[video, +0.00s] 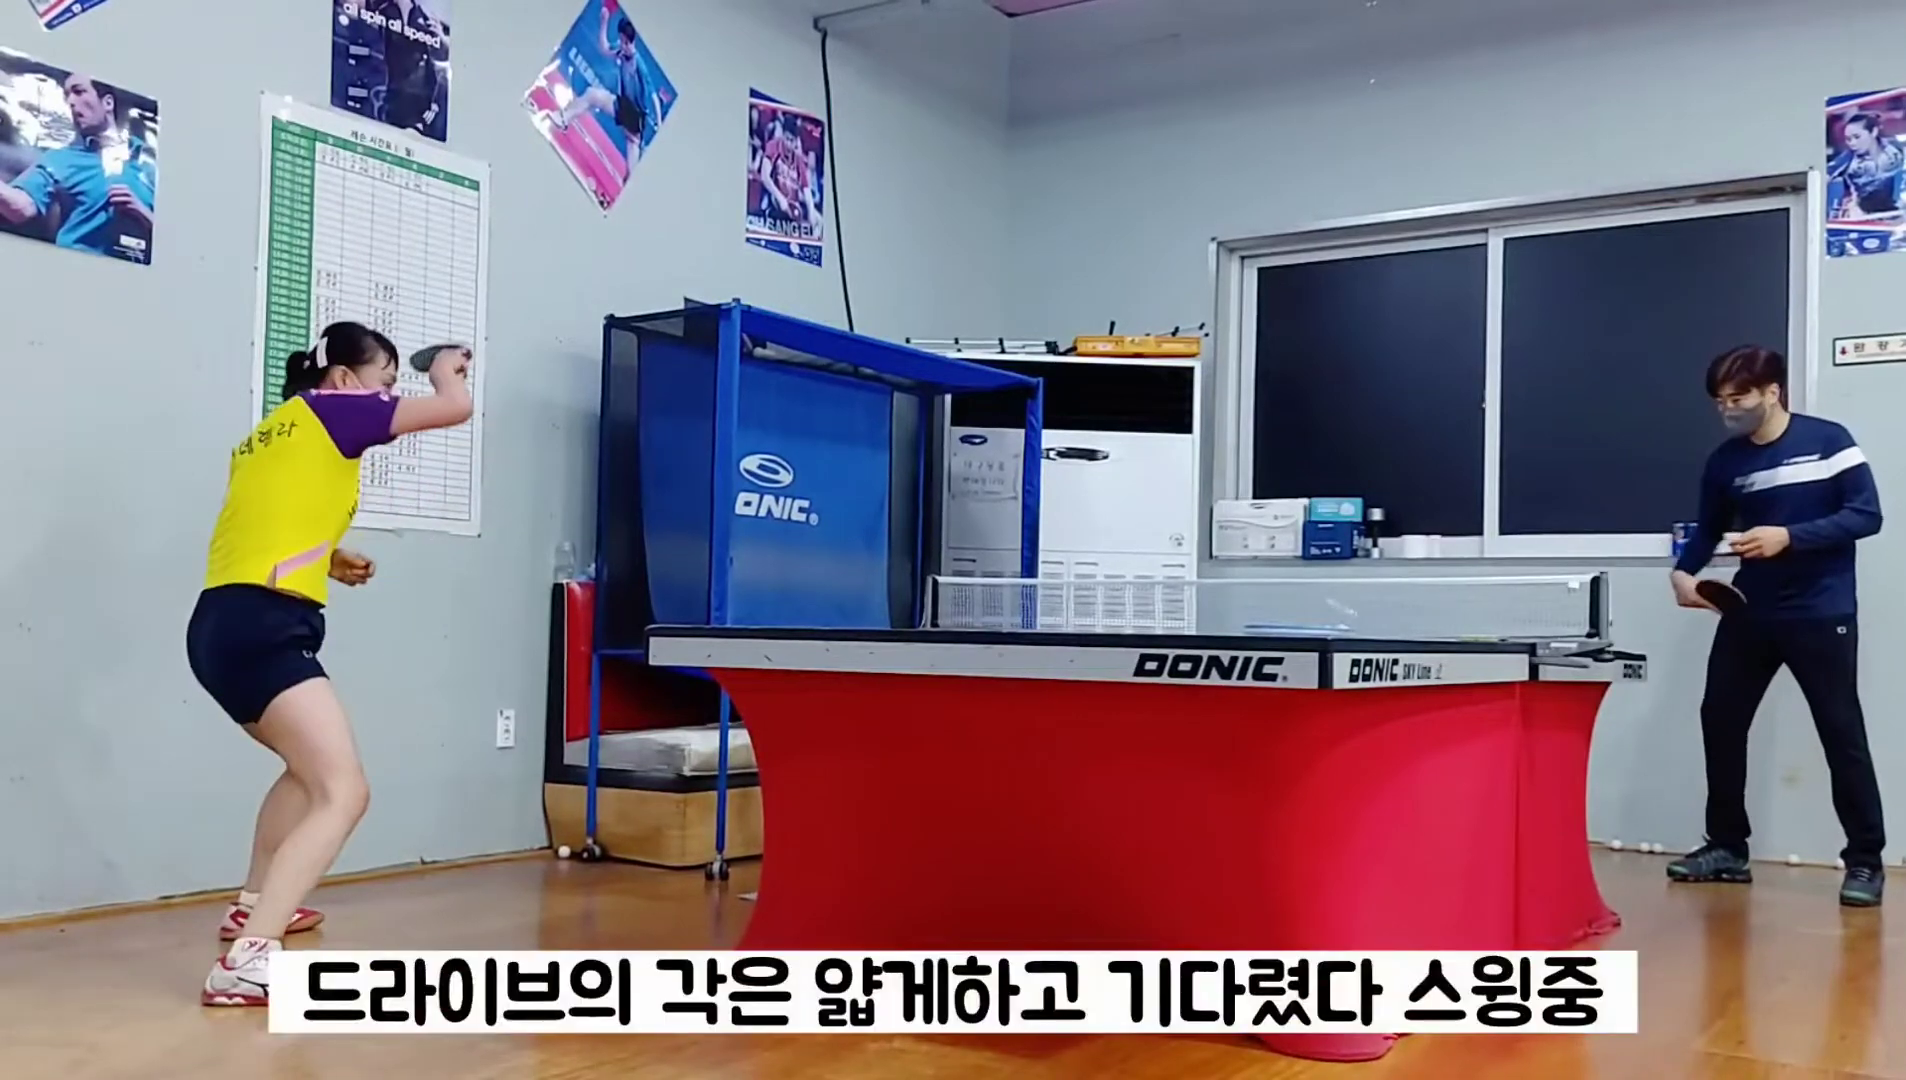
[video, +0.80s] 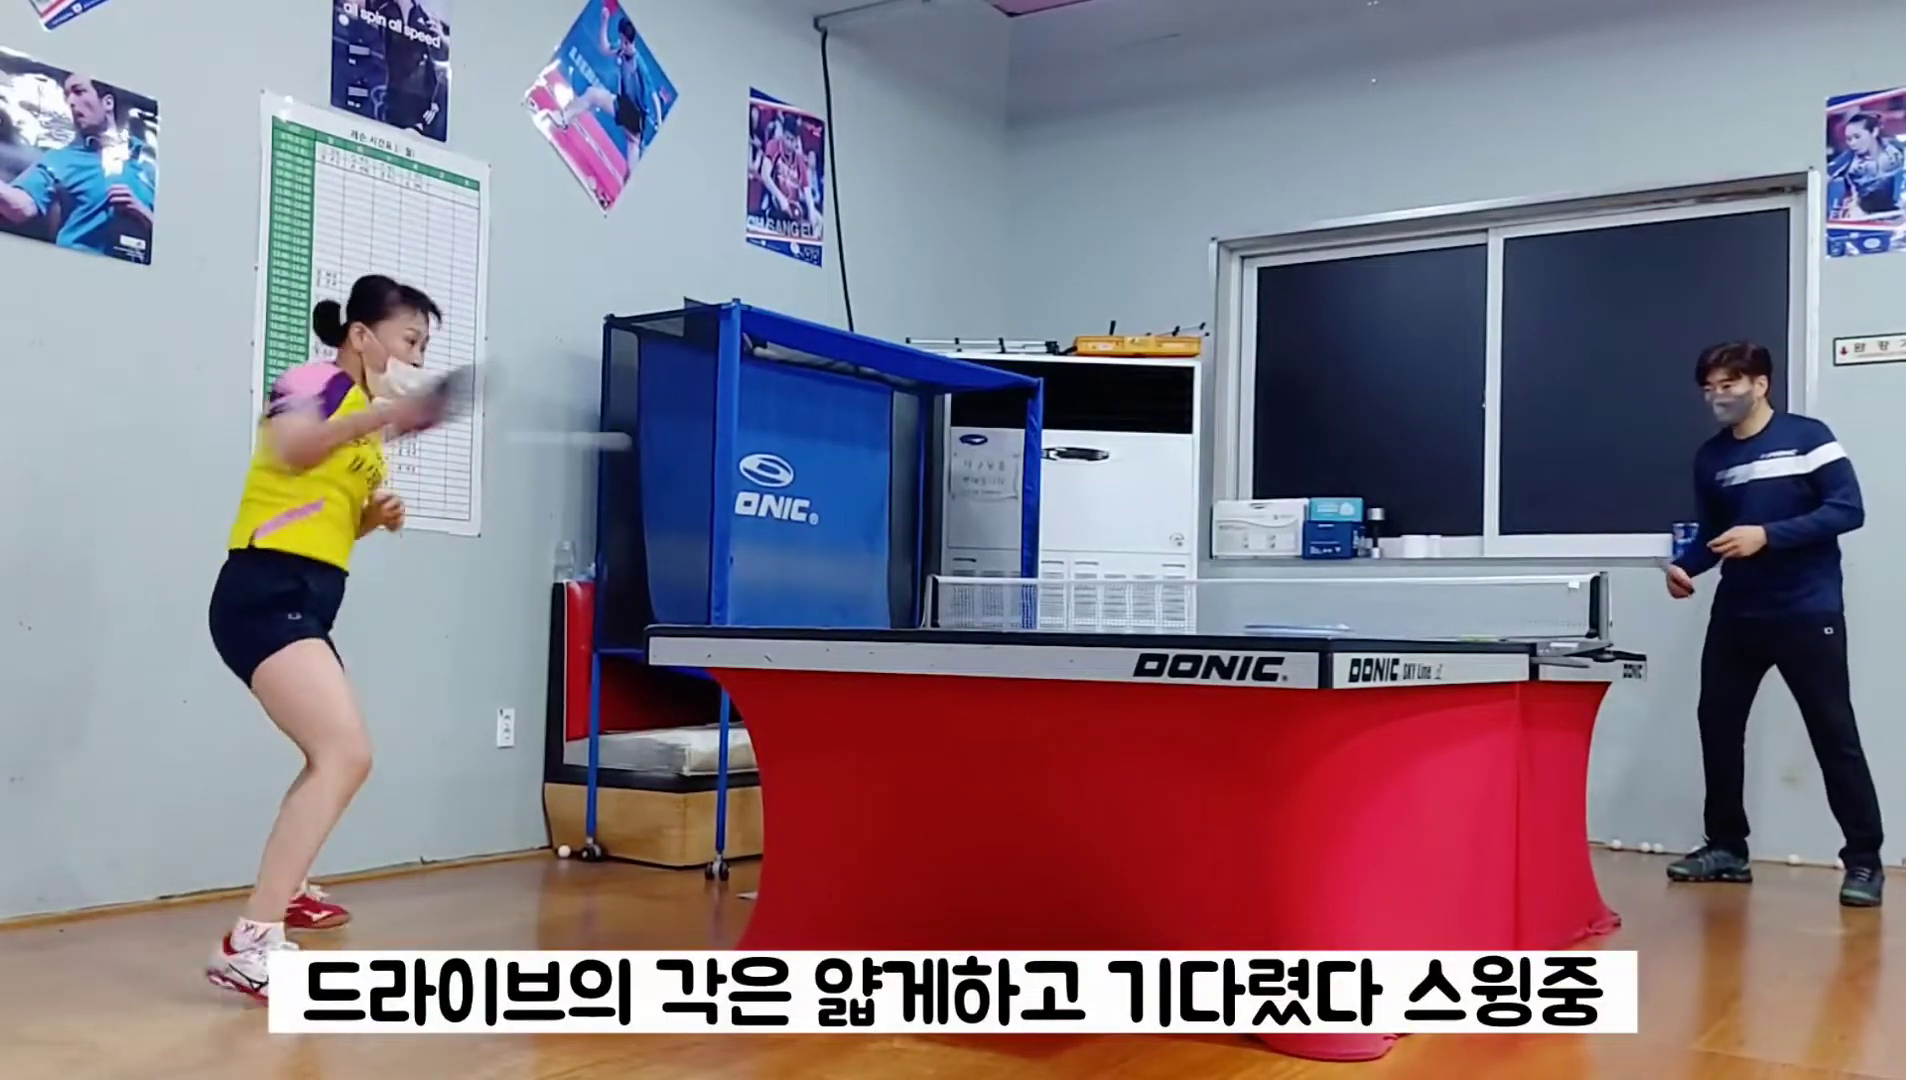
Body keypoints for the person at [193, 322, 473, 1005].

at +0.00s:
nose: (388, 395)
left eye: (389, 385)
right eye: (383, 382)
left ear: (324, 376)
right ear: (344, 374)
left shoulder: (267, 432)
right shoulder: (336, 410)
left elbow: (262, 517)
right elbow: (456, 408)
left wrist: (328, 555)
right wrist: (448, 370)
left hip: (216, 626)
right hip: (262, 624)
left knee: (310, 774)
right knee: (344, 794)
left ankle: (255, 902)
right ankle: (248, 958)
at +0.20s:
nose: (393, 350)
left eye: (392, 338)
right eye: (384, 337)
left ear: (341, 342)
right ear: (344, 338)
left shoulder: (311, 398)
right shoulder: (315, 386)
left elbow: (280, 496)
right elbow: (385, 468)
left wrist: (347, 522)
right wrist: (454, 463)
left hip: (271, 600)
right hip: (252, 599)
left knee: (305, 764)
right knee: (308, 765)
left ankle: (255, 904)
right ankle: (253, 951)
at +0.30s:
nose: (394, 348)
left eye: (393, 336)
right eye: (384, 336)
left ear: (352, 347)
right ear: (343, 345)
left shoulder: (354, 427)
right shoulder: (300, 399)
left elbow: (330, 521)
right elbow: (272, 510)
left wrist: (391, 560)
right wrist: (362, 540)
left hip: (302, 612)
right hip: (244, 606)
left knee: (328, 772)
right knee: (300, 760)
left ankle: (250, 905)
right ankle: (254, 954)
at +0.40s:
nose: (396, 375)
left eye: (394, 361)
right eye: (385, 362)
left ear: (349, 374)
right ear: (339, 374)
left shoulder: (387, 456)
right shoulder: (268, 442)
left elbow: (379, 537)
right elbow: (197, 540)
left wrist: (381, 557)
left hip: (319, 638)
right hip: (242, 624)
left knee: (343, 796)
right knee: (309, 760)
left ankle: (251, 899)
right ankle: (256, 954)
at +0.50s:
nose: (387, 412)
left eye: (388, 399)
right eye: (374, 399)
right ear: (326, 409)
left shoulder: (396, 484)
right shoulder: (254, 475)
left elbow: (401, 571)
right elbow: (165, 554)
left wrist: (371, 585)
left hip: (331, 661)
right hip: (246, 645)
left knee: (350, 820)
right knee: (313, 760)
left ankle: (251, 901)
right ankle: (260, 952)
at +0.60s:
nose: (382, 419)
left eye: (385, 405)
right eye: (368, 405)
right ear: (319, 413)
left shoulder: (397, 485)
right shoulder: (250, 478)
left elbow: (405, 580)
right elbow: (163, 544)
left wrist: (354, 589)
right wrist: (60, 559)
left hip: (334, 664)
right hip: (251, 648)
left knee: (349, 823)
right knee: (314, 760)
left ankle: (256, 898)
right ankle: (259, 955)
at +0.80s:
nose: (415, 357)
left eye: (420, 347)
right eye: (408, 341)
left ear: (384, 346)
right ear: (361, 333)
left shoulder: (372, 419)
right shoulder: (316, 381)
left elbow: (330, 528)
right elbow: (289, 446)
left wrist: (374, 516)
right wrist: (383, 418)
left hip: (301, 602)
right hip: (263, 593)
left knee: (337, 755)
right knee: (344, 755)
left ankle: (285, 885)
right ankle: (251, 938)